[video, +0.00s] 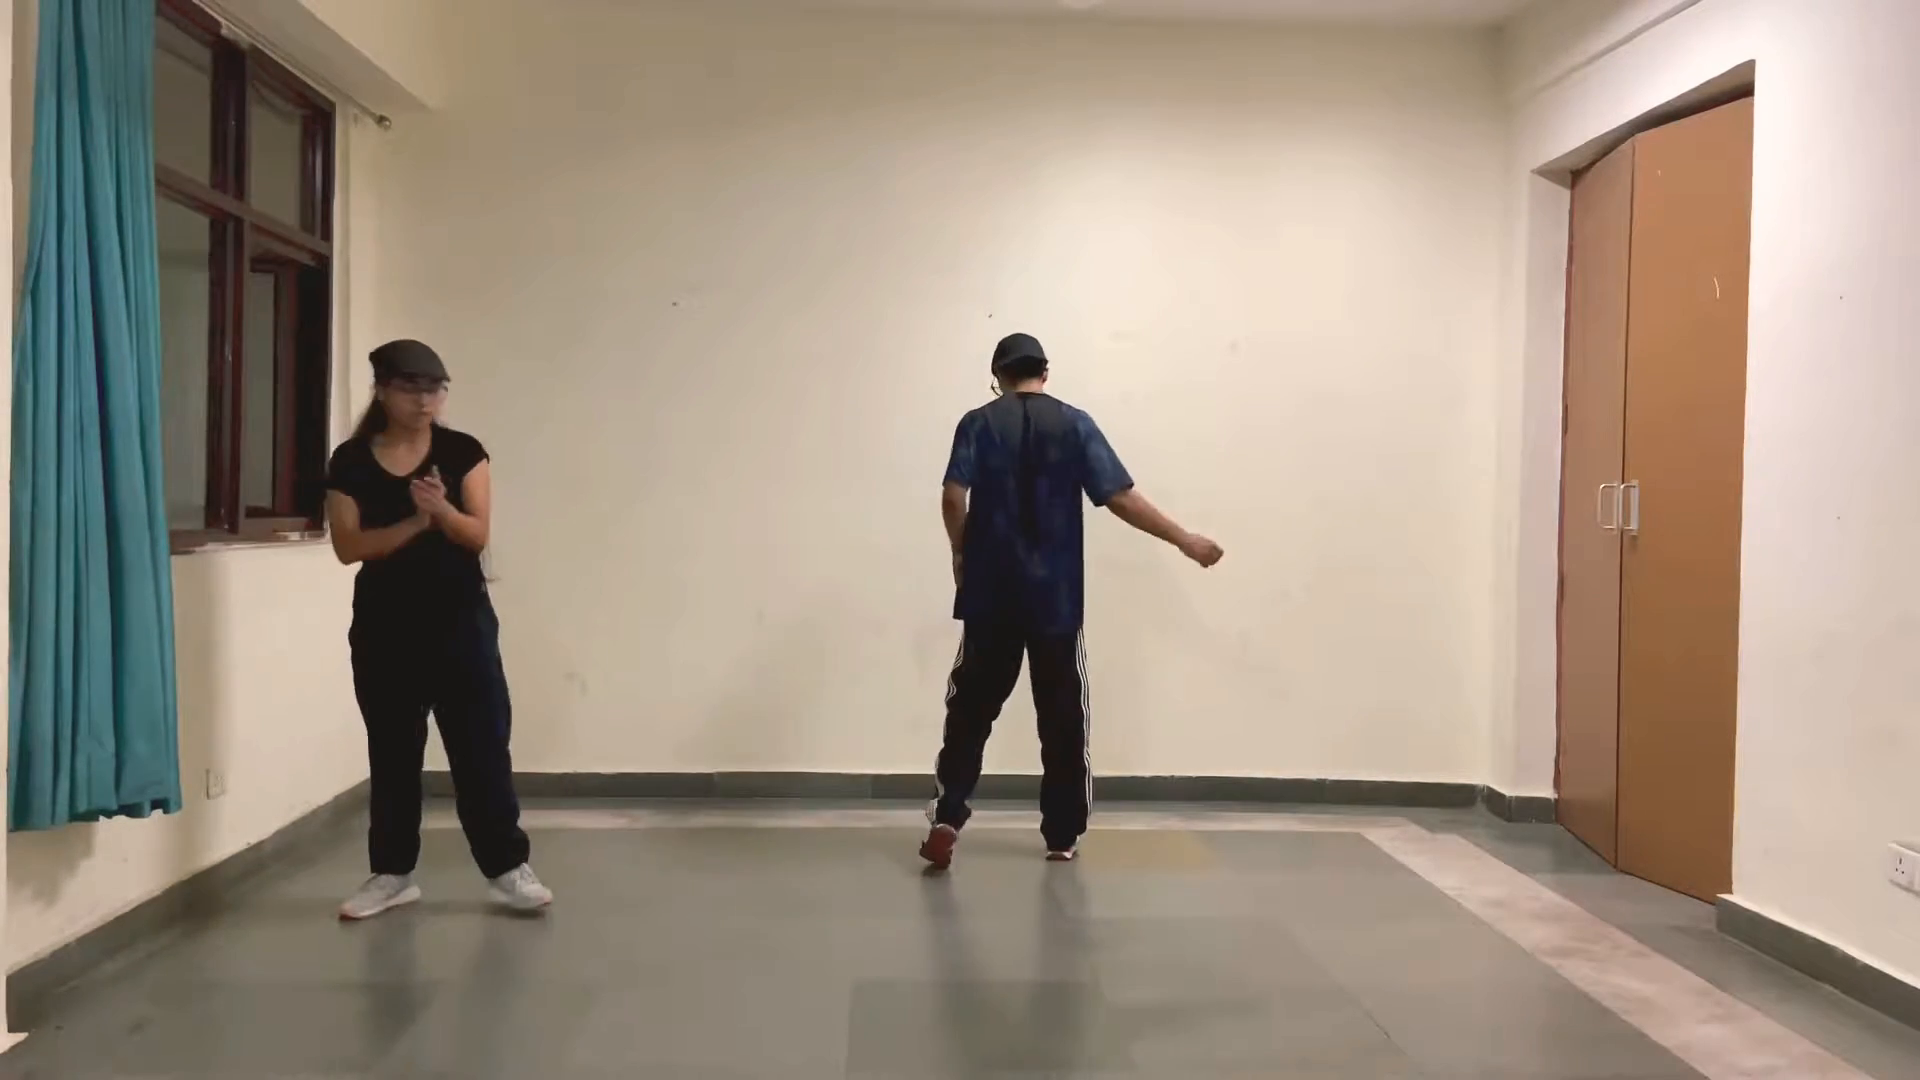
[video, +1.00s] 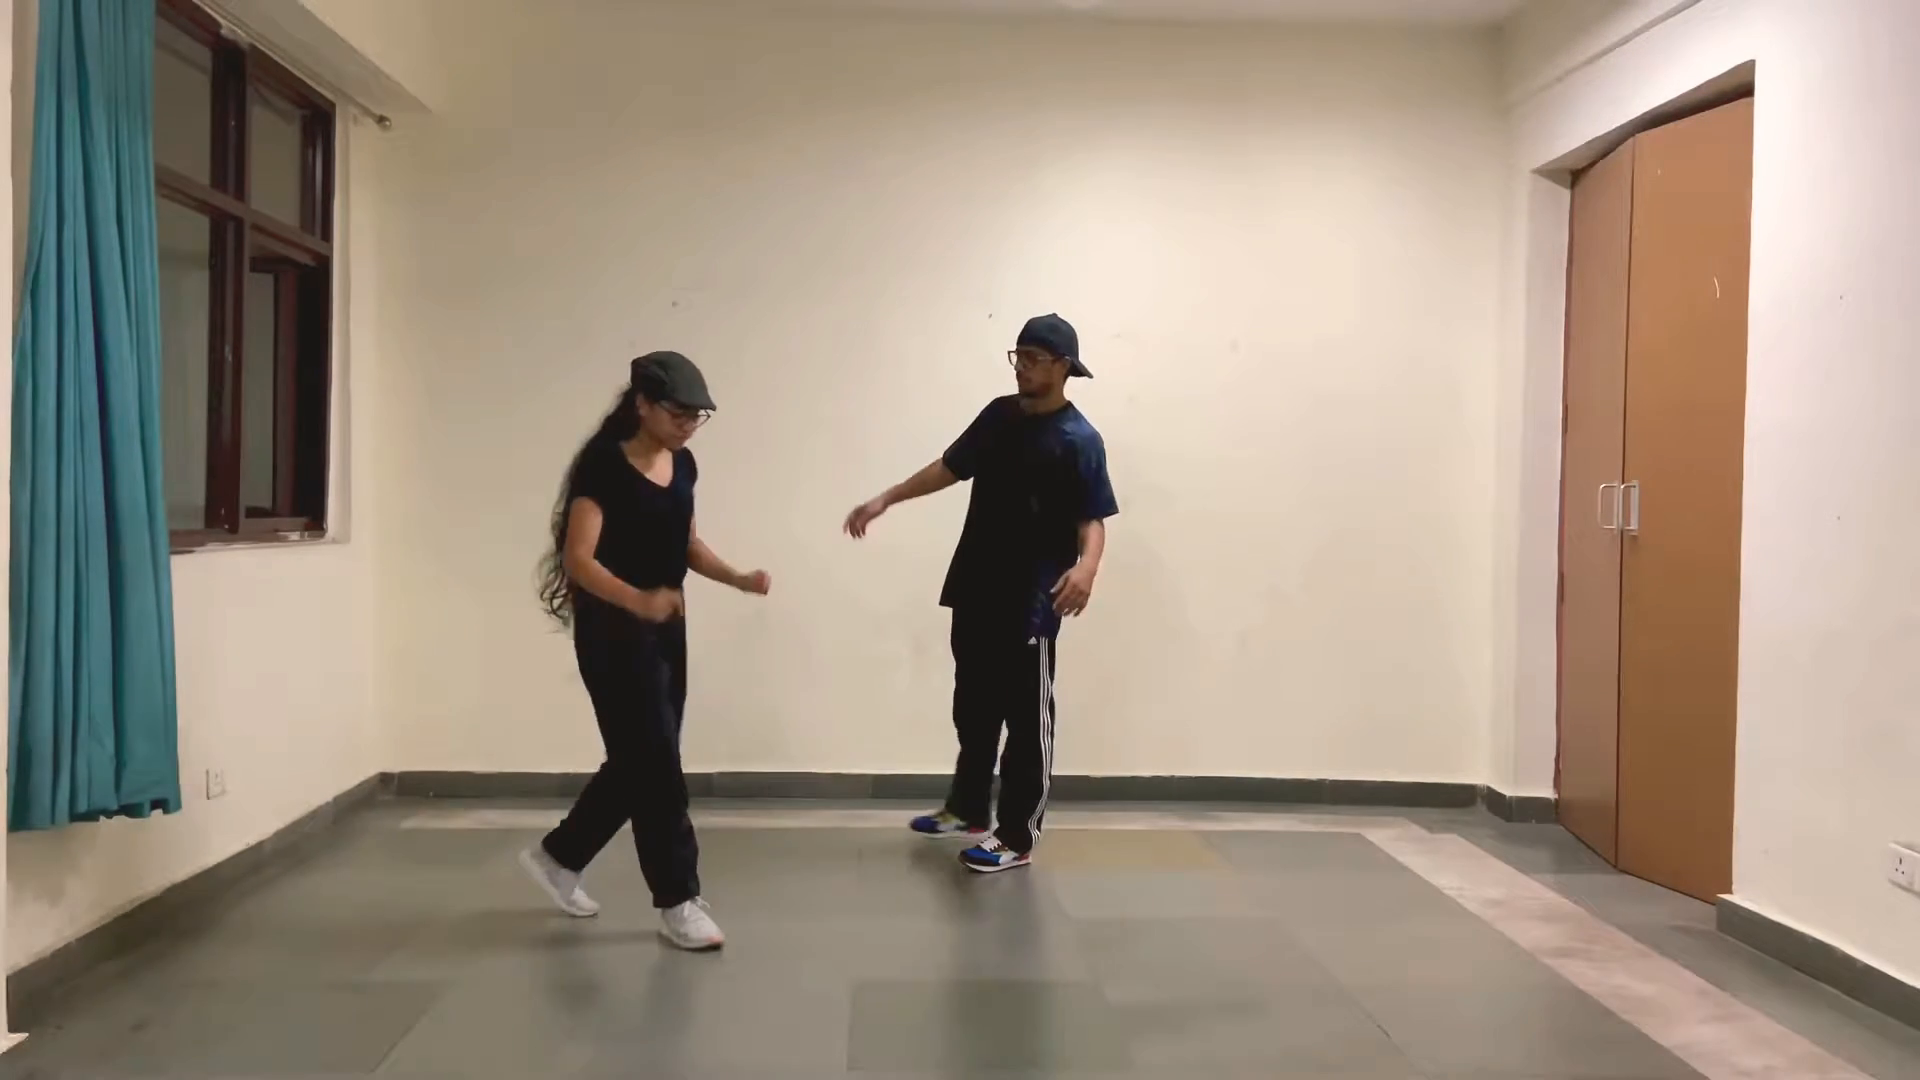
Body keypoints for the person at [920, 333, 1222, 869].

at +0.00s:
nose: (1027, 382)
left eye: (1008, 374)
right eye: (1040, 374)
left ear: (998, 377)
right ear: (1046, 375)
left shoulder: (977, 423)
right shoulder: (1075, 424)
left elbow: (953, 495)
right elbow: (1120, 497)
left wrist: (961, 558)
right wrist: (1185, 538)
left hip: (990, 597)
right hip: (1055, 598)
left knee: (971, 707)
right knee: (1062, 717)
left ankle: (947, 815)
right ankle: (1061, 836)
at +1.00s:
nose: (1022, 368)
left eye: (1035, 360)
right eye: (1019, 358)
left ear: (1064, 368)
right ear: (1016, 362)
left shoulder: (1080, 440)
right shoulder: (997, 417)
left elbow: (1093, 519)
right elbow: (949, 468)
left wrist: (1087, 569)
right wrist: (883, 500)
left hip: (1032, 600)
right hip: (976, 590)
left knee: (1028, 719)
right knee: (974, 709)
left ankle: (1016, 838)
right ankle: (969, 812)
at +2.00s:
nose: (1018, 362)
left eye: (1028, 350)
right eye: (1007, 354)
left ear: (1051, 351)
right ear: (997, 360)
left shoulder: (1086, 407)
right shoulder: (988, 436)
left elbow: (1119, 481)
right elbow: (955, 521)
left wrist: (1169, 545)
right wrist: (902, 586)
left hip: (1088, 597)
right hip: (1024, 605)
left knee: (1074, 723)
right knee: (1036, 736)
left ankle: (1004, 809)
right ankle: (1056, 872)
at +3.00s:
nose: (1018, 346)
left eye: (1030, 334)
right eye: (1006, 334)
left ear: (1050, 339)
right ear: (991, 338)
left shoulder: (1077, 413)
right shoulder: (961, 414)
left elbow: (1106, 498)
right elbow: (943, 512)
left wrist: (1145, 573)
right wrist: (905, 591)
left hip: (1068, 613)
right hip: (998, 618)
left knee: (1062, 755)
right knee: (1016, 757)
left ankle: (1037, 898)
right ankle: (1046, 882)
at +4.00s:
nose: (931, 381)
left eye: (942, 366)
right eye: (917, 369)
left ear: (964, 361)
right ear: (903, 370)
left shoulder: (1007, 430)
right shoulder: (886, 443)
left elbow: (1075, 488)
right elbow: (866, 537)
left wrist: (1159, 514)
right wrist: (833, 602)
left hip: (999, 627)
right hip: (922, 629)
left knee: (1006, 763)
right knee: (891, 752)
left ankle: (1018, 906)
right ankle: (858, 875)